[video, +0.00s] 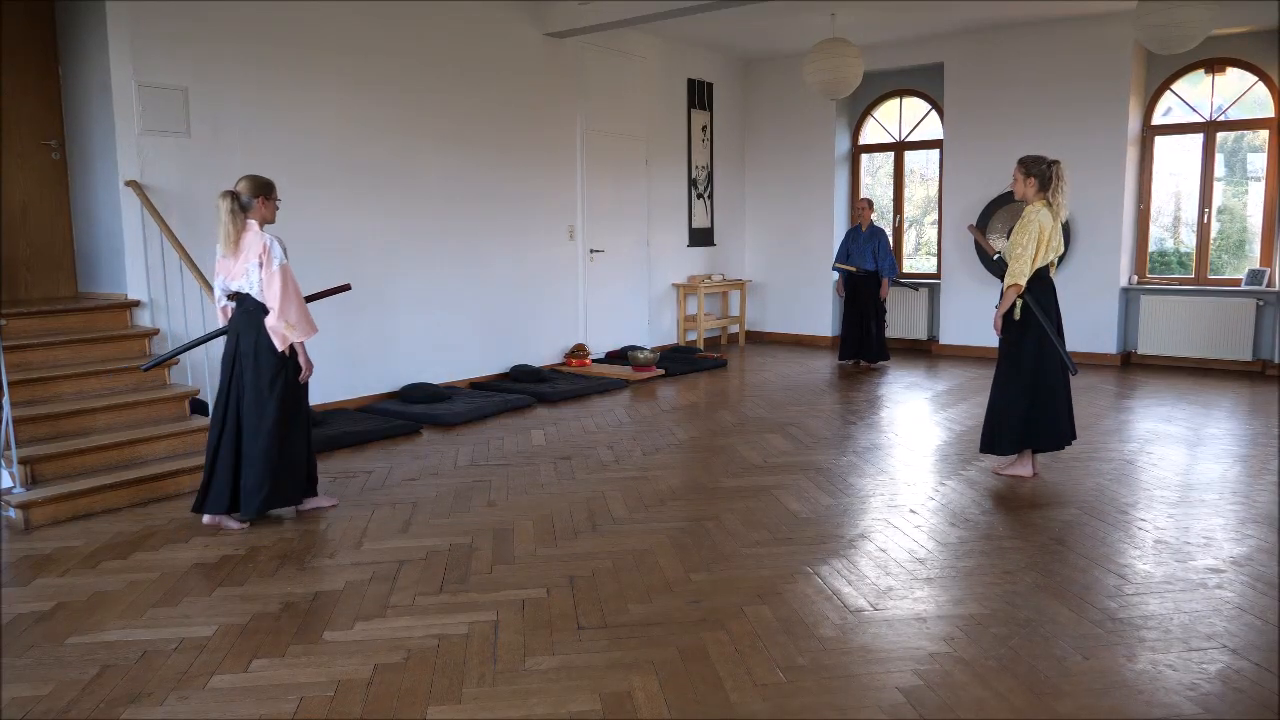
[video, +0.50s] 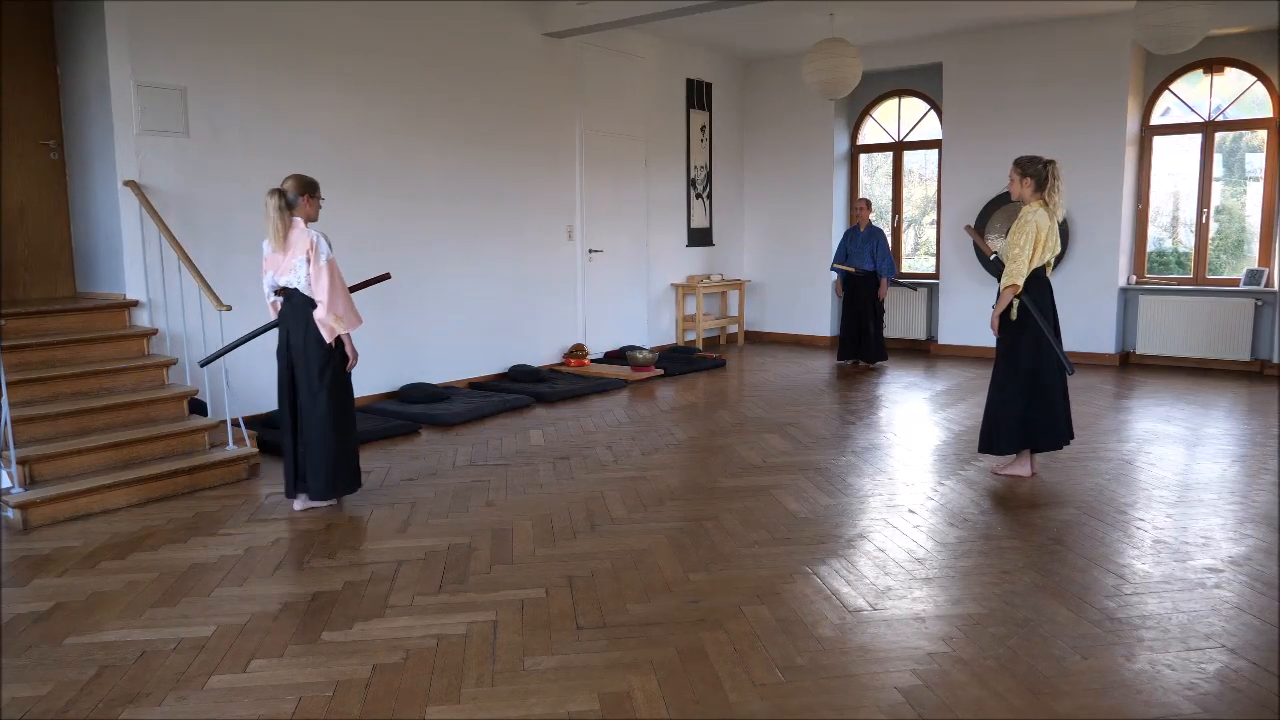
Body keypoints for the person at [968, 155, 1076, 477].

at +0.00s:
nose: (1012, 185)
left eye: (1016, 179)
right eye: (1013, 179)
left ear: (1031, 182)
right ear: (1035, 182)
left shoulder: (1032, 217)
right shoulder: (1048, 214)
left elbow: (1021, 268)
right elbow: (1016, 254)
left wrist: (1001, 308)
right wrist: (987, 243)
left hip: (1028, 301)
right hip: (1041, 298)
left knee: (1025, 376)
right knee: (1033, 376)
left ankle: (1025, 459)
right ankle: (1025, 455)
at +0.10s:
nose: (1011, 185)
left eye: (1015, 179)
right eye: (1013, 179)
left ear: (1030, 182)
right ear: (1034, 182)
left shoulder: (1032, 216)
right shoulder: (1048, 213)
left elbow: (1021, 267)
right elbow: (1018, 254)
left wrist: (1001, 308)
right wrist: (987, 243)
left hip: (1028, 301)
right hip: (1041, 297)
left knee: (1026, 376)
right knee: (1033, 375)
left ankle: (1025, 459)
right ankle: (1026, 455)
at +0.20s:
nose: (1010, 185)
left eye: (1014, 180)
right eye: (1011, 179)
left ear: (1030, 182)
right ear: (1034, 182)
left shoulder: (1031, 217)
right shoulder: (1048, 214)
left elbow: (1020, 267)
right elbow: (1016, 253)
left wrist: (1000, 308)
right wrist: (986, 243)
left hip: (1028, 301)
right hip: (1040, 298)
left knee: (1025, 376)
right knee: (1033, 375)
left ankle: (1024, 459)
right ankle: (1026, 455)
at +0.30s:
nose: (1010, 186)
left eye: (1013, 180)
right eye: (1011, 180)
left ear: (1029, 182)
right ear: (1033, 182)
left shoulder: (1031, 217)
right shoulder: (1048, 214)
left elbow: (1019, 267)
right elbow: (1020, 255)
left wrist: (1000, 308)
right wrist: (989, 246)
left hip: (1027, 302)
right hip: (1040, 298)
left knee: (1025, 376)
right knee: (1033, 375)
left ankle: (1025, 459)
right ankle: (1026, 455)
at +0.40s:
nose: (1009, 186)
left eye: (1013, 180)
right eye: (1010, 180)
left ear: (1028, 182)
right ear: (1032, 183)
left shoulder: (1030, 217)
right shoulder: (1046, 214)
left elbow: (1019, 267)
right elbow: (1016, 255)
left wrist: (999, 308)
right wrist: (986, 245)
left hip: (1026, 301)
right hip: (1038, 298)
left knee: (1024, 375)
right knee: (1031, 375)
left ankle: (1024, 459)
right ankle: (1025, 454)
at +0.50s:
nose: (1008, 185)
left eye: (1012, 180)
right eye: (1009, 179)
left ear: (1027, 183)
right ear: (1032, 183)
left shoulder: (1029, 218)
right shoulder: (1045, 215)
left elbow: (1017, 268)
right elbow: (1013, 257)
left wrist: (998, 308)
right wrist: (983, 243)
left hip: (1024, 302)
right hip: (1038, 299)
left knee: (1022, 376)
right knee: (1029, 376)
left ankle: (1023, 459)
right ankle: (1023, 455)